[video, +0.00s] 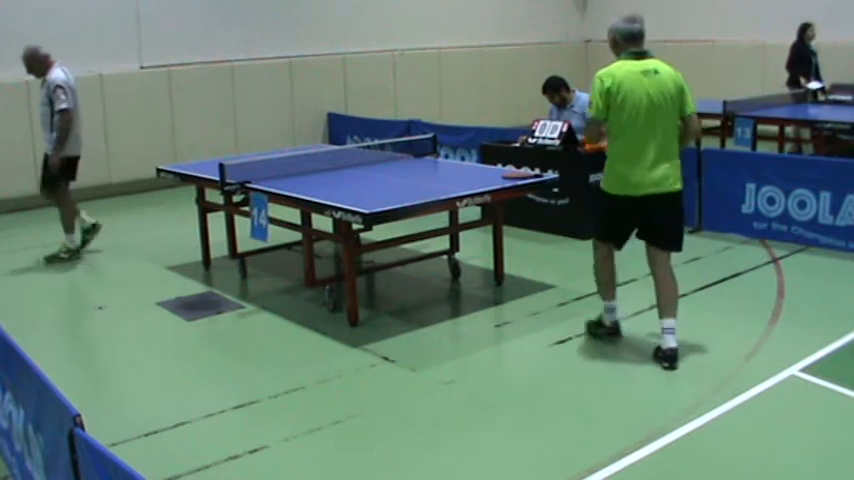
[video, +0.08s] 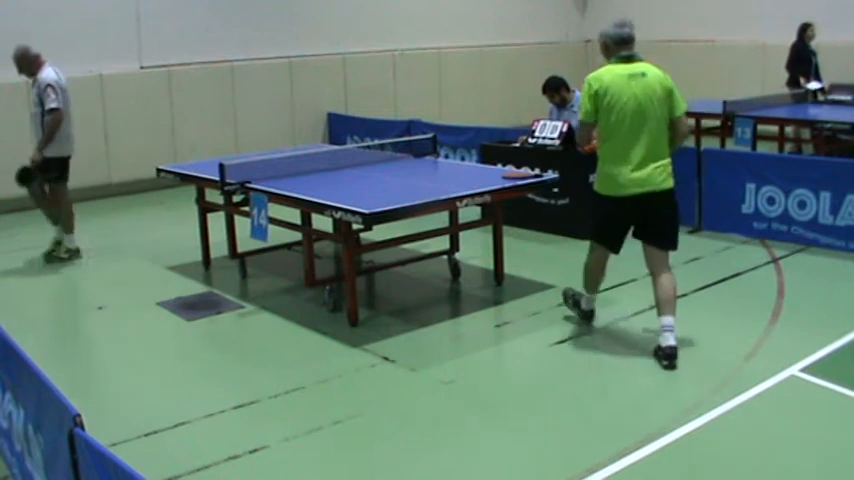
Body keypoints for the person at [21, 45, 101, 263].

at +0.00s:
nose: (30, 73)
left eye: (30, 67)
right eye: (28, 68)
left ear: (40, 61)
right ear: (41, 60)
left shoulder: (56, 80)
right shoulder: (54, 77)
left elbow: (65, 116)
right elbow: (63, 115)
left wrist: (57, 151)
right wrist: (54, 146)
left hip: (64, 151)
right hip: (58, 149)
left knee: (62, 194)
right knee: (50, 190)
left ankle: (71, 244)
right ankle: (86, 223)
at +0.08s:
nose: (21, 74)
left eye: (21, 69)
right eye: (19, 69)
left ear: (30, 62)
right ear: (35, 58)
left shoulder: (47, 80)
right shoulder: (46, 77)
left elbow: (56, 115)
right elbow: (52, 116)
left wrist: (39, 150)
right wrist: (40, 148)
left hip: (57, 151)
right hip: (51, 151)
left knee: (59, 195)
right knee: (38, 192)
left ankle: (70, 244)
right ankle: (61, 236)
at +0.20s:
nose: (7, 74)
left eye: (7, 69)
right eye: (5, 70)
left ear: (17, 62)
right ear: (17, 62)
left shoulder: (33, 81)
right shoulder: (30, 79)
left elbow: (41, 116)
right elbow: (38, 117)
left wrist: (21, 146)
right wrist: (23, 146)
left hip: (43, 152)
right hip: (37, 152)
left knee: (53, 196)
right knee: (27, 196)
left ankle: (70, 245)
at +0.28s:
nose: (1, 77)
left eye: (1, 72)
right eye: (0, 72)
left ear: (8, 66)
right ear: (12, 63)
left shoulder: (24, 83)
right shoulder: (23, 81)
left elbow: (34, 118)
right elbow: (31, 119)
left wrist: (11, 147)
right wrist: (15, 146)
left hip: (33, 155)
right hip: (29, 155)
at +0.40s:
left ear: (0, 65)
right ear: (3, 63)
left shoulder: (12, 82)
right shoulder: (9, 82)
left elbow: (24, 118)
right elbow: (22, 119)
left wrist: (7, 148)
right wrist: (7, 147)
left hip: (19, 158)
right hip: (11, 158)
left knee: (19, 203)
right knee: (11, 204)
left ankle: (57, 237)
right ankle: (13, 249)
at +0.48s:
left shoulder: (5, 82)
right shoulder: (6, 82)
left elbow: (18, 117)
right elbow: (17, 117)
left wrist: (6, 151)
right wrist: (6, 149)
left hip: (14, 155)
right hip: (8, 156)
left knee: (6, 201)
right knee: (5, 203)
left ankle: (41, 235)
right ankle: (13, 249)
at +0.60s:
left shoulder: (3, 91)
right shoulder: (3, 91)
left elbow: (11, 120)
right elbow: (12, 120)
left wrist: (9, 155)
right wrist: (10, 156)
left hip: (4, 162)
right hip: (5, 162)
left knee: (5, 205)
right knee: (6, 206)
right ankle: (9, 250)